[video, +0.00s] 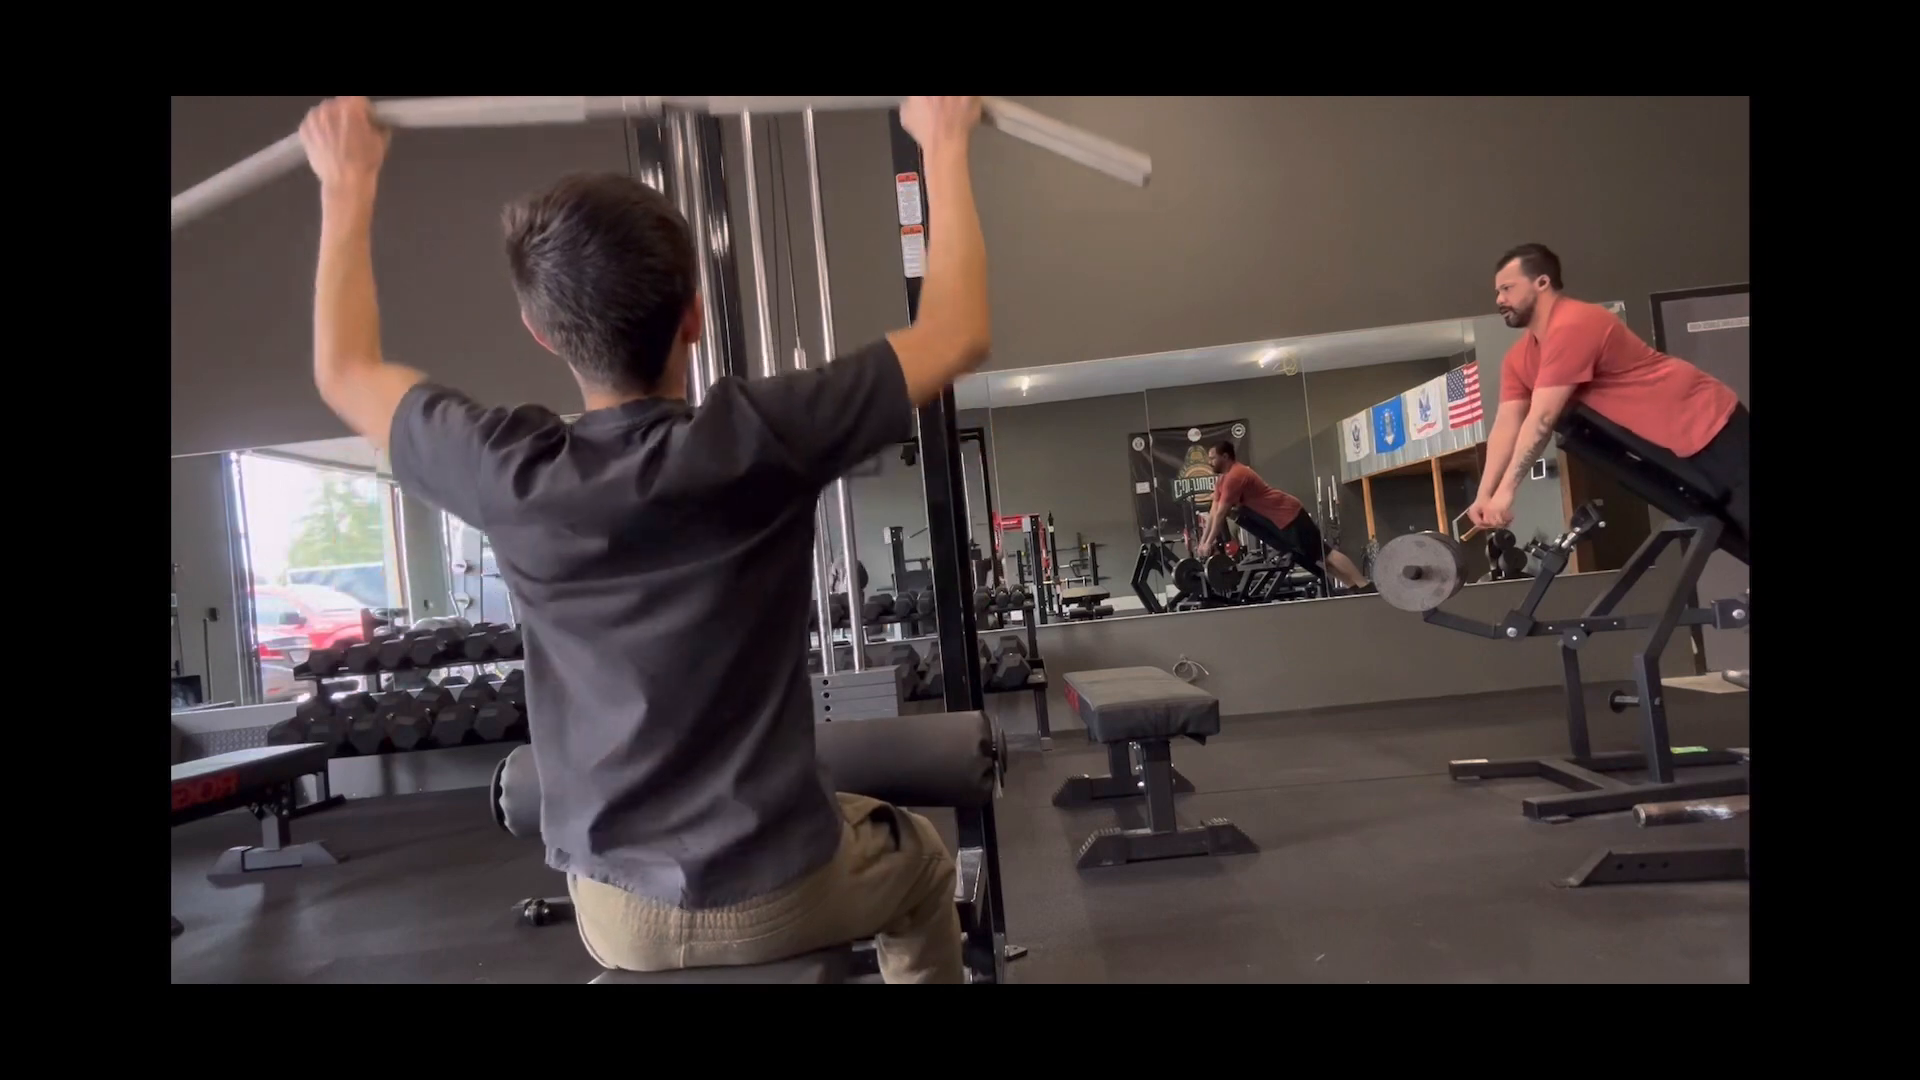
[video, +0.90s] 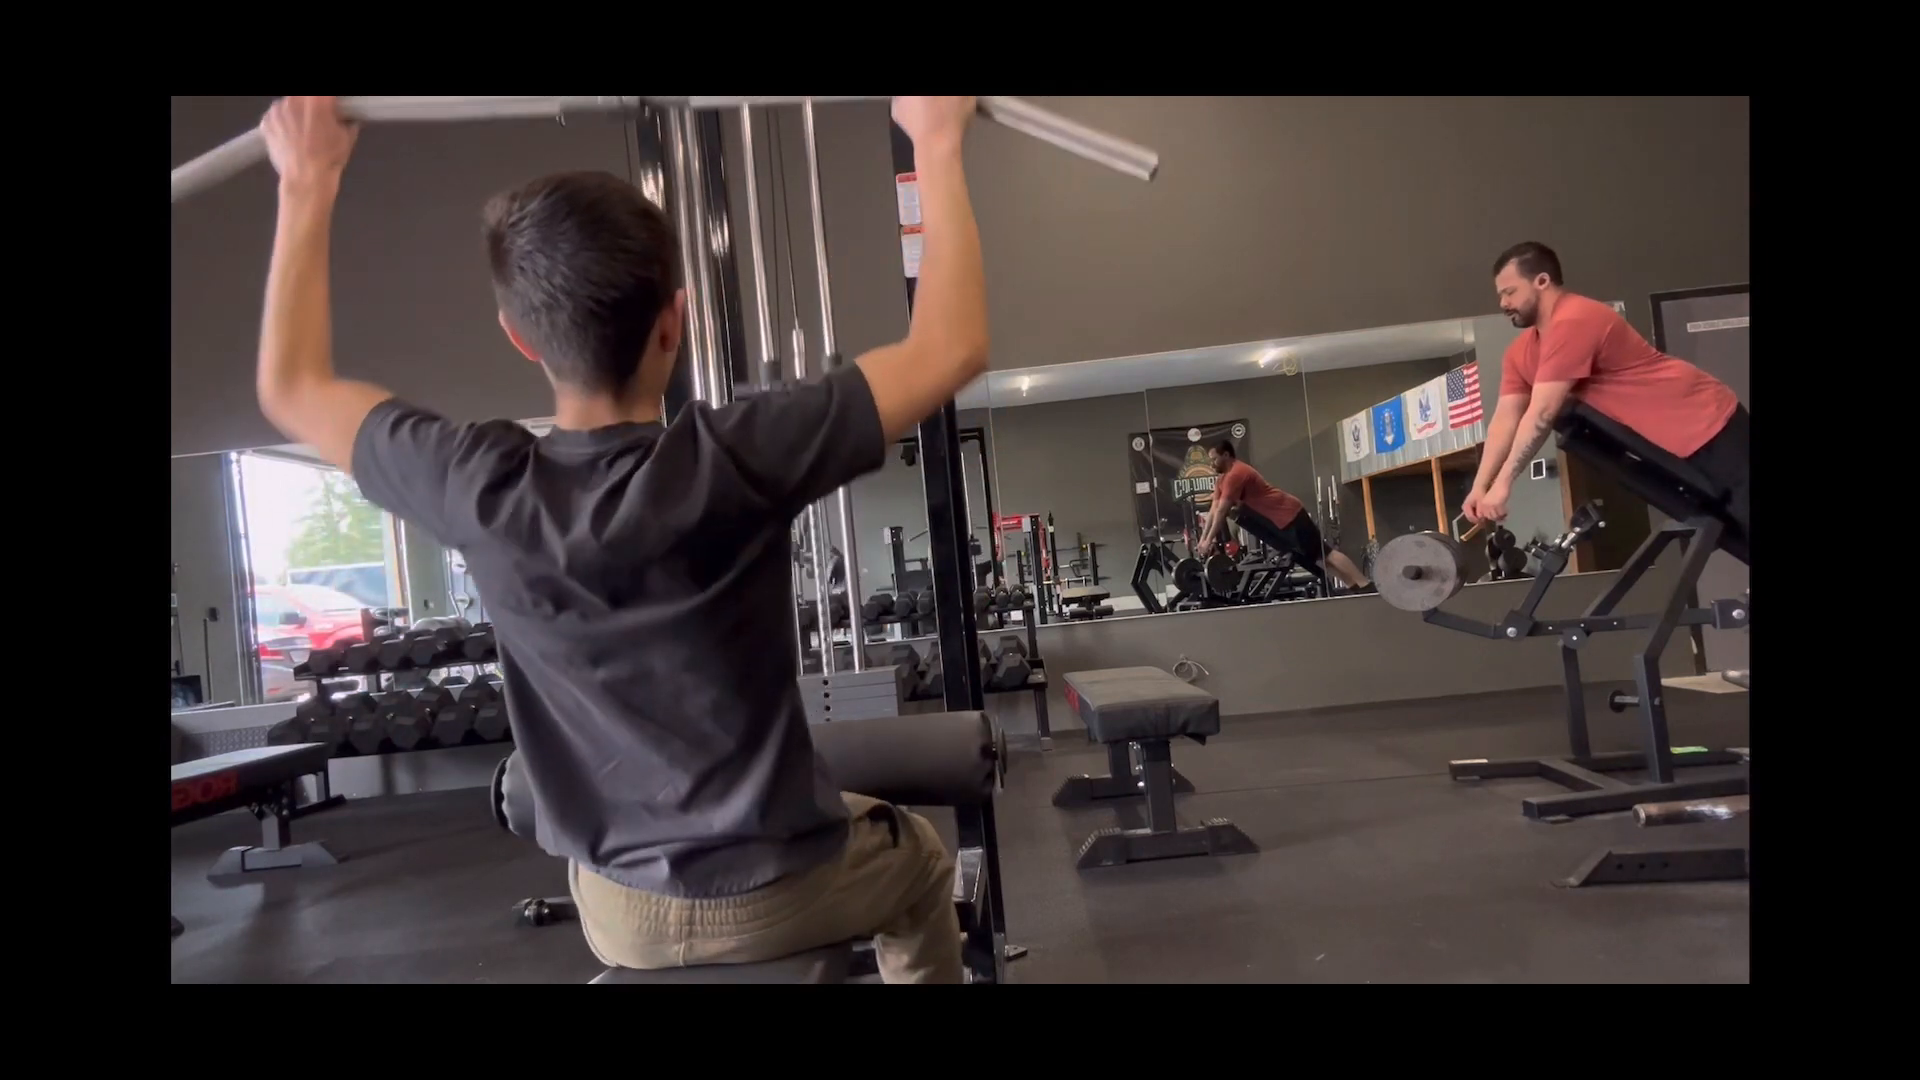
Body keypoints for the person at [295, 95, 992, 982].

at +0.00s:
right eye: (697, 286)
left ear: (539, 333)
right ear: (694, 314)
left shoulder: (511, 471)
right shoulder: (764, 435)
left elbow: (344, 368)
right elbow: (956, 336)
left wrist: (344, 184)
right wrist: (948, 148)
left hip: (610, 912)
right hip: (775, 901)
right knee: (920, 859)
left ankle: (621, 975)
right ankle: (927, 981)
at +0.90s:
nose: (685, 308)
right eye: (682, 293)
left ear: (516, 338)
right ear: (675, 316)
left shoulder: (479, 481)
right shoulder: (744, 452)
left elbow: (290, 387)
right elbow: (951, 349)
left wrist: (305, 183)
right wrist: (939, 145)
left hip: (612, 909)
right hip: (772, 899)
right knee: (919, 862)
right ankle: (924, 981)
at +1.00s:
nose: (679, 316)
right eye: (679, 299)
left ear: (509, 343)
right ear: (669, 320)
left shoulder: (467, 501)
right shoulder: (730, 471)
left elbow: (261, 469)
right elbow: (970, 416)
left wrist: (296, 269)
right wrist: (947, 220)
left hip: (608, 917)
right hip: (773, 904)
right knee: (918, 863)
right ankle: (921, 973)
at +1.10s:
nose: (678, 321)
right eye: (676, 302)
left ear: (510, 348)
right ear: (670, 325)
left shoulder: (462, 515)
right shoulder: (730, 476)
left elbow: (255, 562)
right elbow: (979, 491)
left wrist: (305, 371)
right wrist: (956, 294)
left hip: (607, 923)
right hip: (772, 911)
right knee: (922, 860)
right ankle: (927, 982)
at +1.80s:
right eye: (695, 298)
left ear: (534, 340)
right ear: (691, 320)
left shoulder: (496, 494)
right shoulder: (764, 460)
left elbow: (317, 453)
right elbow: (967, 410)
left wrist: (344, 275)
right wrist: (955, 229)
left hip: (610, 914)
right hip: (777, 905)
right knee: (925, 858)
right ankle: (923, 976)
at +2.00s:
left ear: (542, 330)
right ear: (696, 317)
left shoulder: (511, 463)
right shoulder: (762, 433)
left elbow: (359, 320)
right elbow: (918, 291)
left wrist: (340, 137)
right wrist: (936, 101)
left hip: (614, 910)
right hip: (780, 897)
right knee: (919, 854)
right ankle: (929, 978)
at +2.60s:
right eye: (734, 297)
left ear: (590, 324)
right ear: (726, 316)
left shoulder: (553, 424)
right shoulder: (773, 399)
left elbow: (447, 252)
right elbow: (875, 217)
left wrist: (393, 103)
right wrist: (917, 87)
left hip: (626, 889)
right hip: (789, 883)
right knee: (923, 857)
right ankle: (927, 979)